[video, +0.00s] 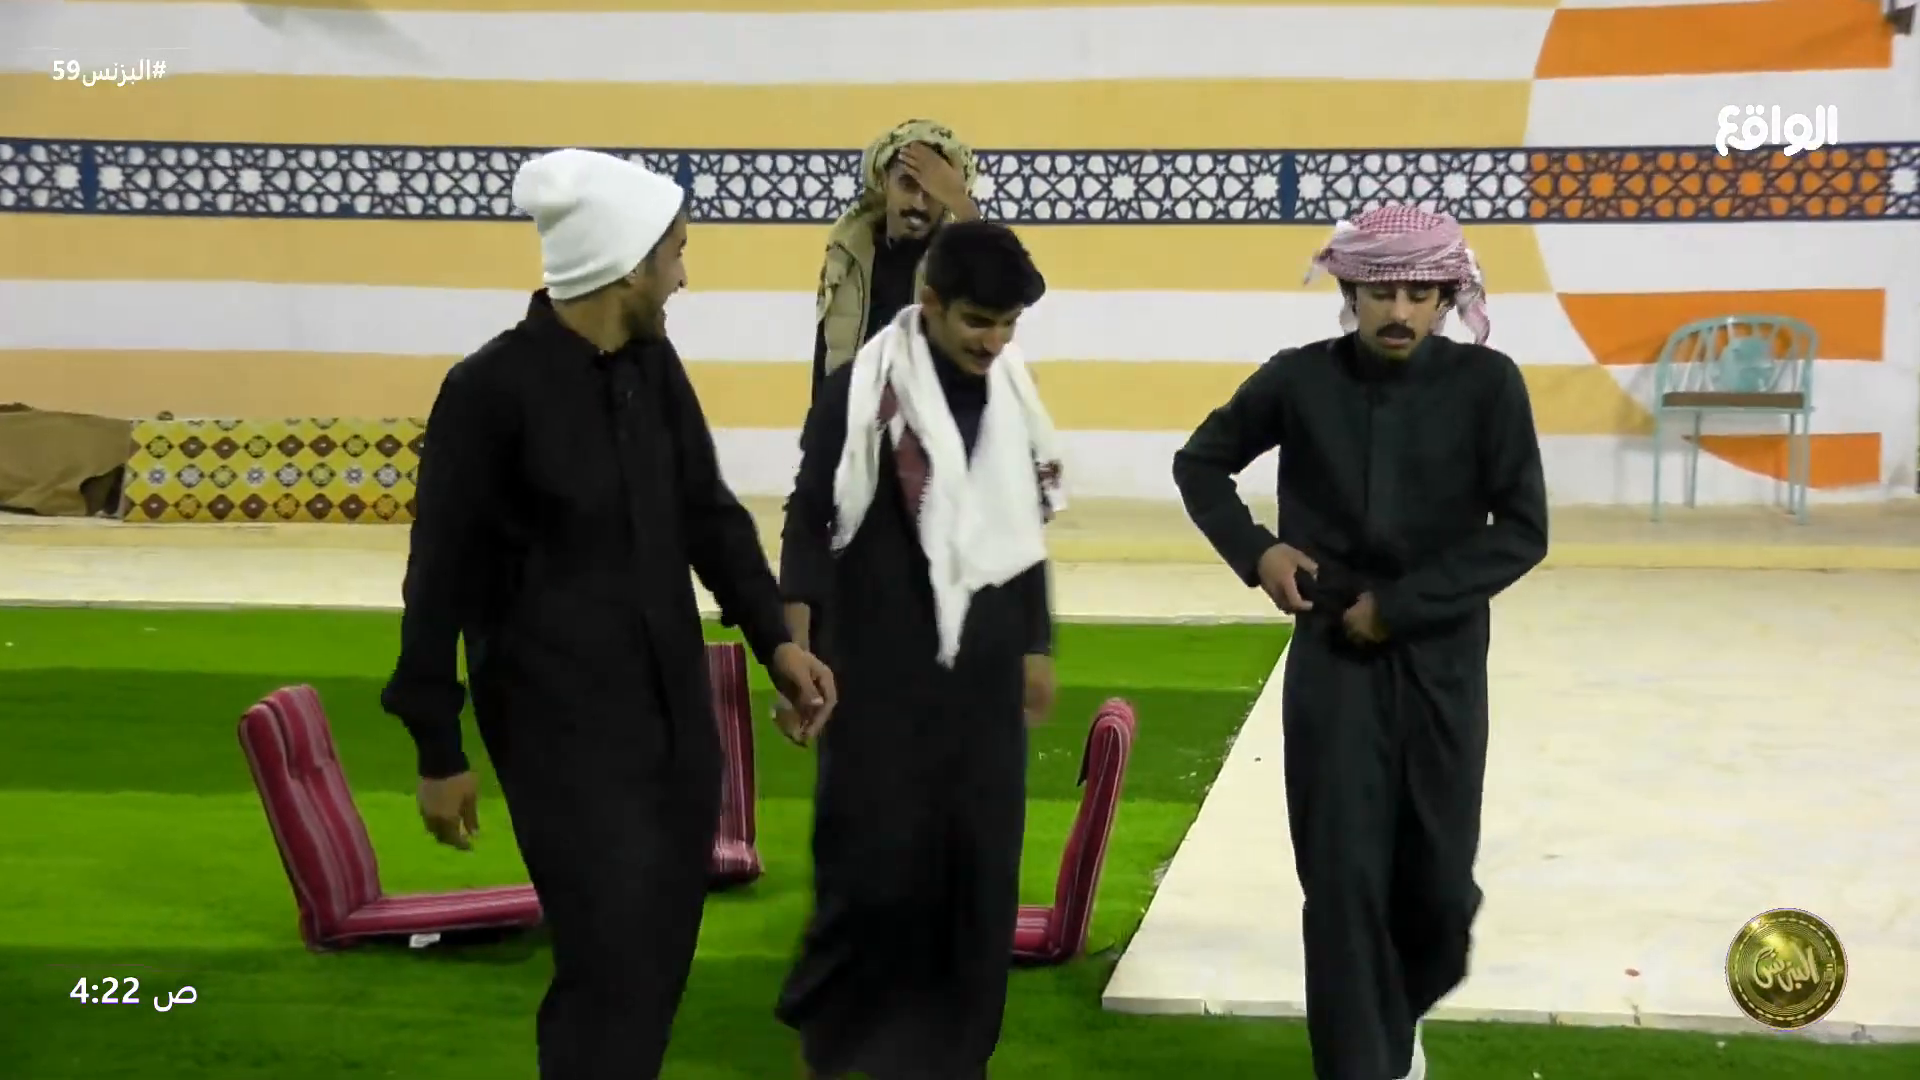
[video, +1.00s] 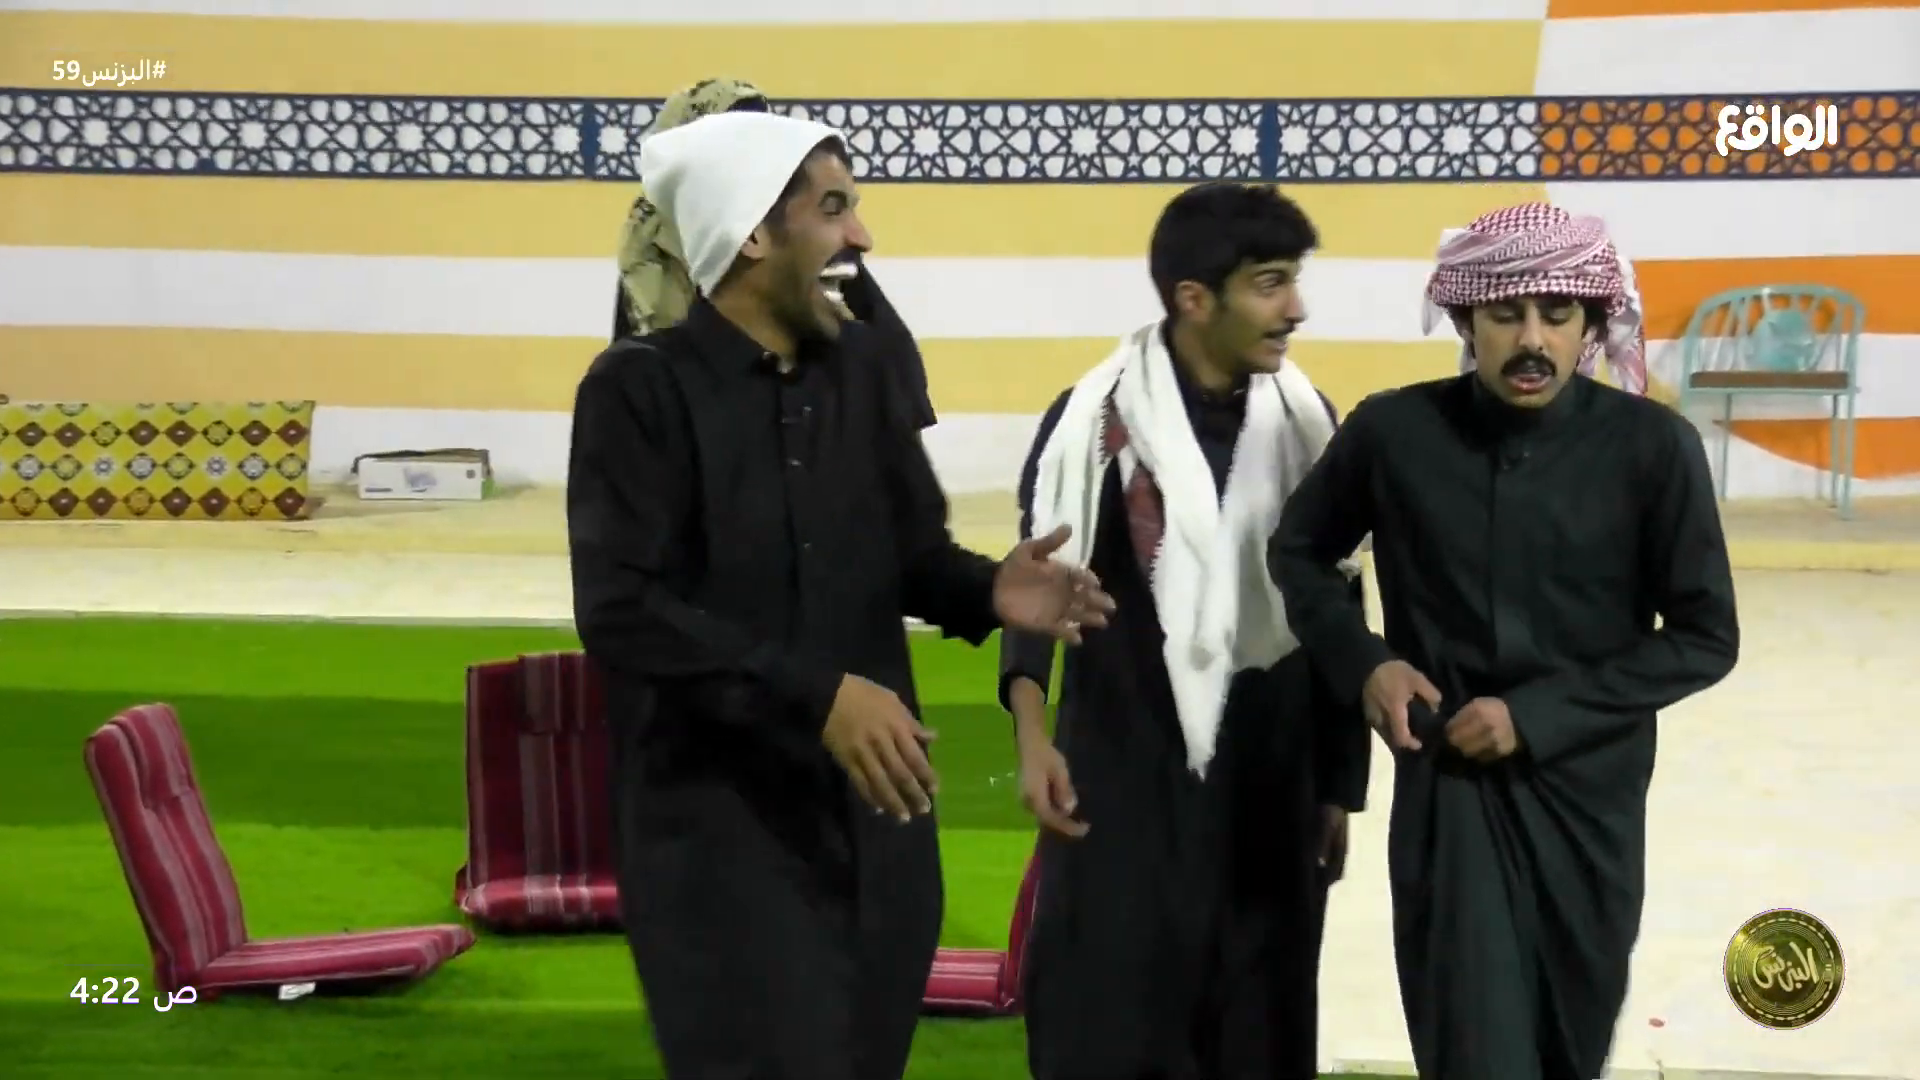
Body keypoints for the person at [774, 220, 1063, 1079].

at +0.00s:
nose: (993, 341)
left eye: (1007, 325)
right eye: (976, 323)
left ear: (1020, 314)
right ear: (928, 301)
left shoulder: (1010, 391)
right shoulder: (860, 385)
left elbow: (1028, 529)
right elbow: (809, 519)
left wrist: (1036, 647)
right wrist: (797, 647)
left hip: (981, 676)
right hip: (878, 670)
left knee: (976, 867)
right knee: (876, 861)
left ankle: (955, 1051)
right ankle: (843, 1039)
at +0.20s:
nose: (1029, 331)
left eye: (1044, 312)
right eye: (1009, 313)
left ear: (1062, 299)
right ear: (964, 295)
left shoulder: (1072, 372)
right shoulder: (904, 372)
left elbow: (1119, 514)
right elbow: (846, 509)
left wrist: (1167, 643)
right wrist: (800, 632)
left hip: (1029, 685)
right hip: (917, 683)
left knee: (996, 924)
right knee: (966, 920)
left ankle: (912, 1068)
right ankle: (974, 1073)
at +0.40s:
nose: (1051, 346)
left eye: (1067, 326)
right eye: (1030, 328)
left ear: (1084, 311)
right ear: (986, 311)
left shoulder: (1117, 389)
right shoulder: (937, 414)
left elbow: (1173, 524)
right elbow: (881, 565)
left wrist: (1223, 643)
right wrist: (847, 717)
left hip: (1094, 683)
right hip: (979, 694)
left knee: (1095, 884)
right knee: (1005, 919)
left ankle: (1038, 1051)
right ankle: (1003, 1061)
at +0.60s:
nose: (1098, 324)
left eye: (1115, 302)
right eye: (1076, 306)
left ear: (1132, 289)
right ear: (1028, 293)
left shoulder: (1159, 376)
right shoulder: (972, 407)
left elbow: (1203, 544)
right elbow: (936, 576)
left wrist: (1218, 691)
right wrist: (945, 726)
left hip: (1156, 723)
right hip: (1031, 728)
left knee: (1184, 966)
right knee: (1044, 974)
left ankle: (1168, 1073)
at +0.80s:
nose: (1185, 323)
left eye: (1196, 299)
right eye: (1159, 302)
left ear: (1208, 294)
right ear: (1097, 301)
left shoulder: (1223, 397)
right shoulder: (1028, 418)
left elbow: (1254, 582)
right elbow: (978, 589)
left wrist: (1258, 749)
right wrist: (1022, 690)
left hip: (1209, 765)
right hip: (1079, 769)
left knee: (1217, 1019)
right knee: (1069, 1015)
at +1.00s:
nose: (1295, 307)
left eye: (1295, 281)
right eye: (1272, 285)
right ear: (1191, 298)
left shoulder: (1307, 423)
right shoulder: (1087, 422)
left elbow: (1336, 611)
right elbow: (1035, 591)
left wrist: (1339, 790)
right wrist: (1033, 737)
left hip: (1269, 779)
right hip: (1127, 772)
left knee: (1257, 1021)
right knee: (1116, 1019)